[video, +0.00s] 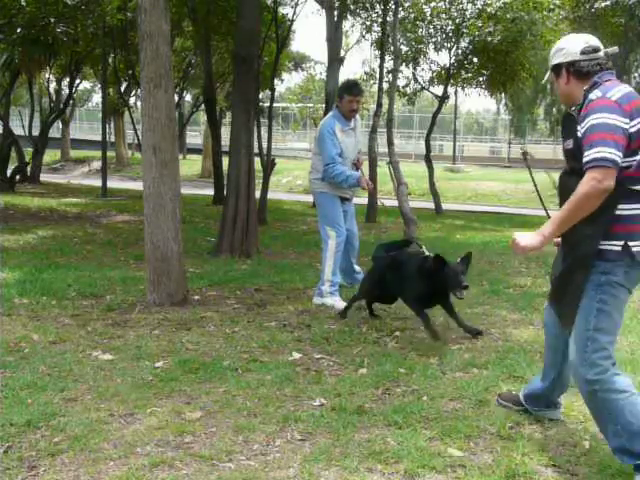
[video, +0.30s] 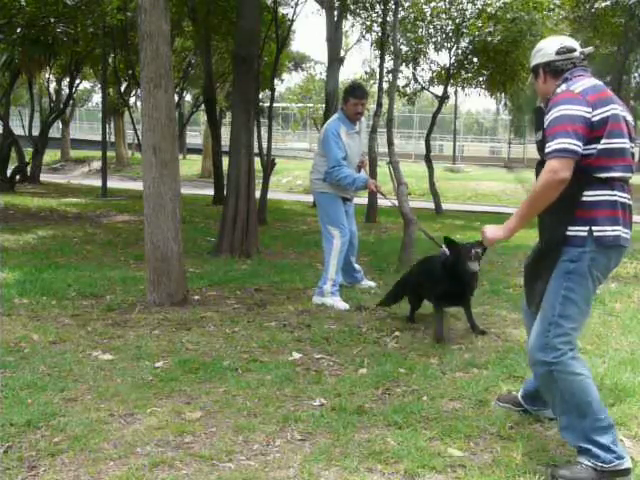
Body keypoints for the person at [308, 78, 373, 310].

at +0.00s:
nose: (355, 106)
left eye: (358, 102)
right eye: (350, 102)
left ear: (360, 102)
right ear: (339, 101)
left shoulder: (353, 124)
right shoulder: (329, 127)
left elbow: (349, 152)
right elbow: (330, 169)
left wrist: (356, 159)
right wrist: (356, 178)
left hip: (344, 188)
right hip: (326, 188)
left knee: (351, 234)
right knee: (335, 235)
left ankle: (350, 275)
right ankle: (326, 291)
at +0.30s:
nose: (360, 110)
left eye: (363, 105)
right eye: (355, 105)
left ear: (365, 105)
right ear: (344, 104)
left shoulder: (357, 126)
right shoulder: (333, 129)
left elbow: (352, 154)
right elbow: (334, 172)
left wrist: (360, 162)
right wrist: (364, 182)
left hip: (345, 189)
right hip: (326, 188)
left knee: (351, 234)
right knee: (338, 235)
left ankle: (351, 276)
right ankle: (326, 291)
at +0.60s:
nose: (360, 109)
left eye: (363, 105)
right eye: (356, 104)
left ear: (366, 104)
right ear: (345, 103)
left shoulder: (354, 128)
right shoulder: (333, 128)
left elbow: (351, 160)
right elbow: (336, 170)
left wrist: (362, 166)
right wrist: (367, 177)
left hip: (344, 190)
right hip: (326, 189)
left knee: (350, 233)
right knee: (336, 234)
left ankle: (350, 275)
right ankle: (326, 291)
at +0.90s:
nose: (358, 108)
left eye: (361, 103)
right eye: (354, 103)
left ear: (364, 103)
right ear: (343, 102)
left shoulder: (351, 127)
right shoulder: (332, 127)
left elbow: (350, 162)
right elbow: (337, 170)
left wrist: (368, 171)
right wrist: (368, 173)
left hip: (343, 190)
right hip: (327, 189)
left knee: (350, 237)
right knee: (337, 235)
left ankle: (340, 283)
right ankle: (325, 291)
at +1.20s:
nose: (356, 108)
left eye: (359, 104)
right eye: (351, 103)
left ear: (362, 104)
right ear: (341, 103)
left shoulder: (352, 127)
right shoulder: (329, 127)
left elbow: (350, 159)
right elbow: (330, 169)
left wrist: (362, 171)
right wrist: (359, 173)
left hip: (344, 189)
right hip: (325, 188)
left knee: (350, 233)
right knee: (334, 234)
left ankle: (348, 276)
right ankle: (326, 290)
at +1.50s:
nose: (357, 112)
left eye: (360, 107)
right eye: (352, 107)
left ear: (362, 107)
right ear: (341, 105)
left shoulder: (352, 129)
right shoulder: (330, 131)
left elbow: (348, 160)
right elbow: (328, 172)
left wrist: (357, 164)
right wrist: (354, 182)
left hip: (341, 189)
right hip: (322, 189)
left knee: (349, 233)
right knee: (334, 234)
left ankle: (351, 275)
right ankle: (325, 292)